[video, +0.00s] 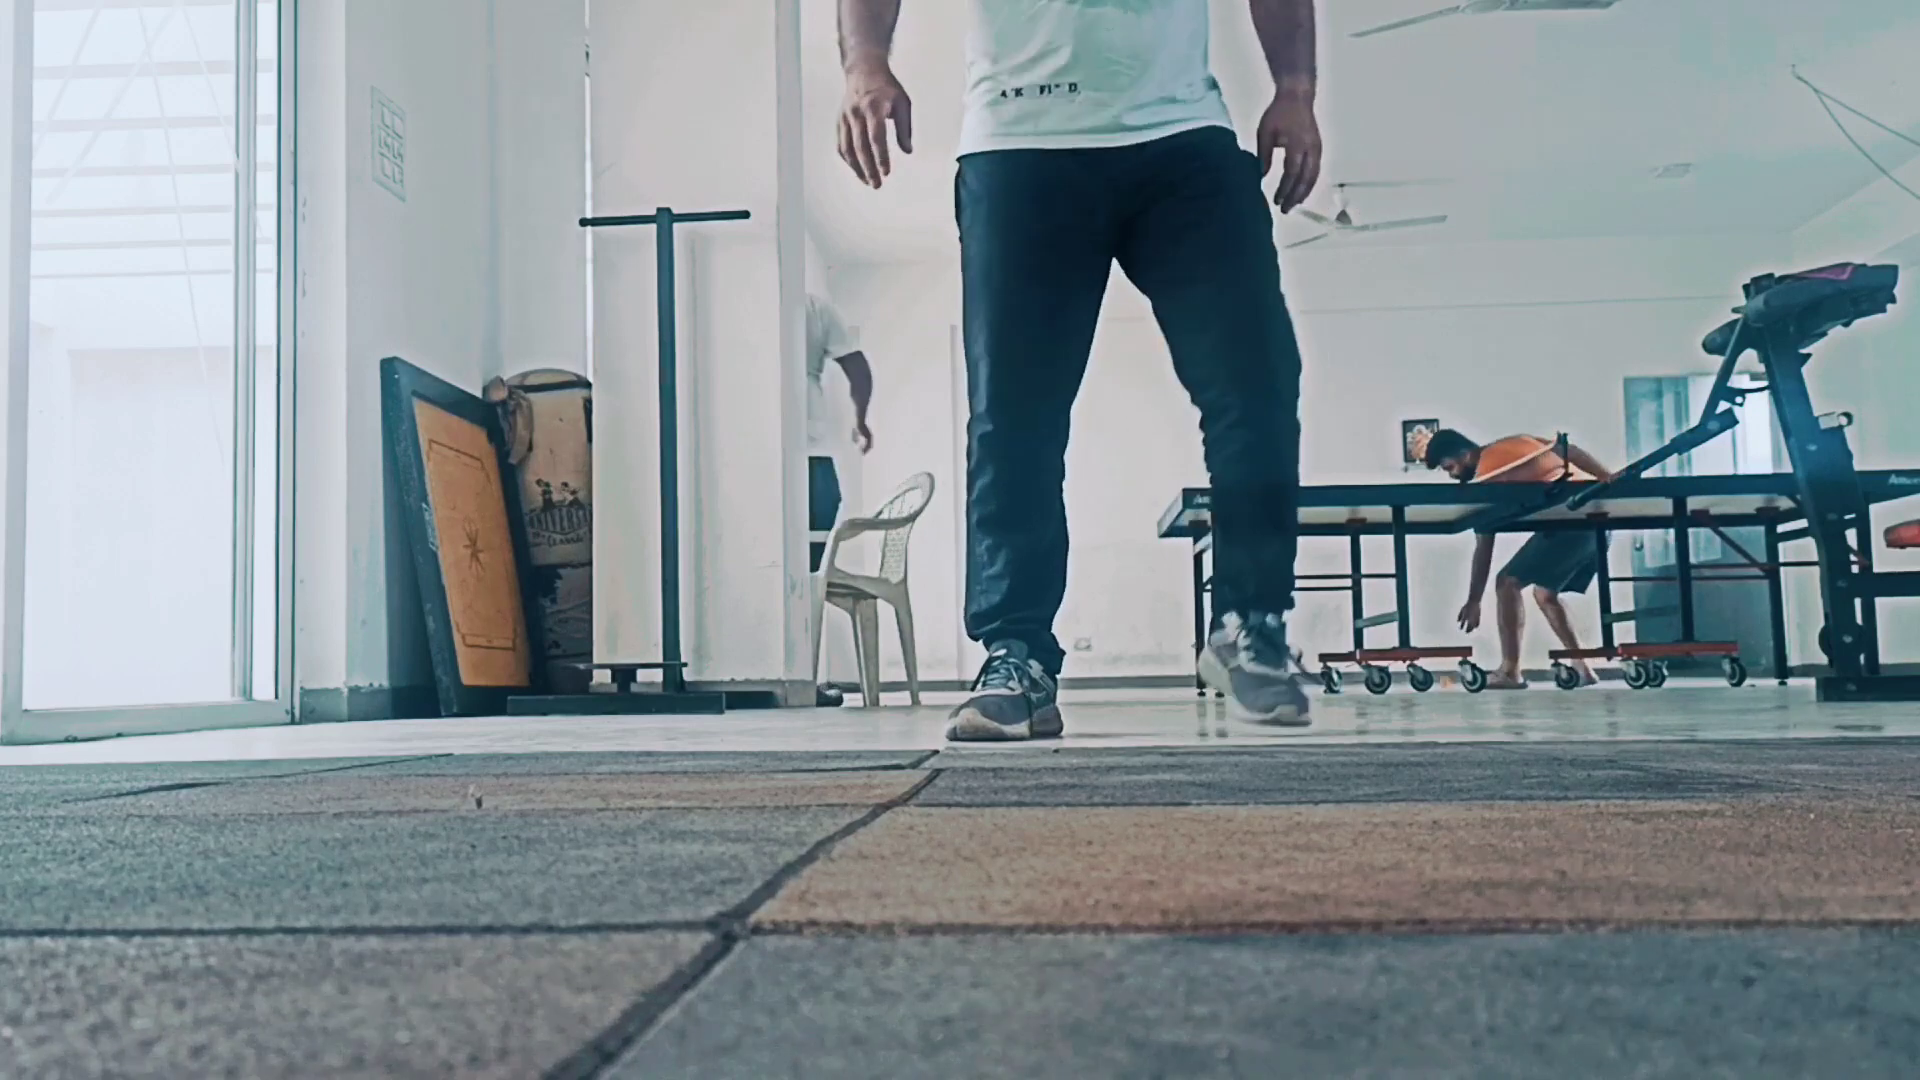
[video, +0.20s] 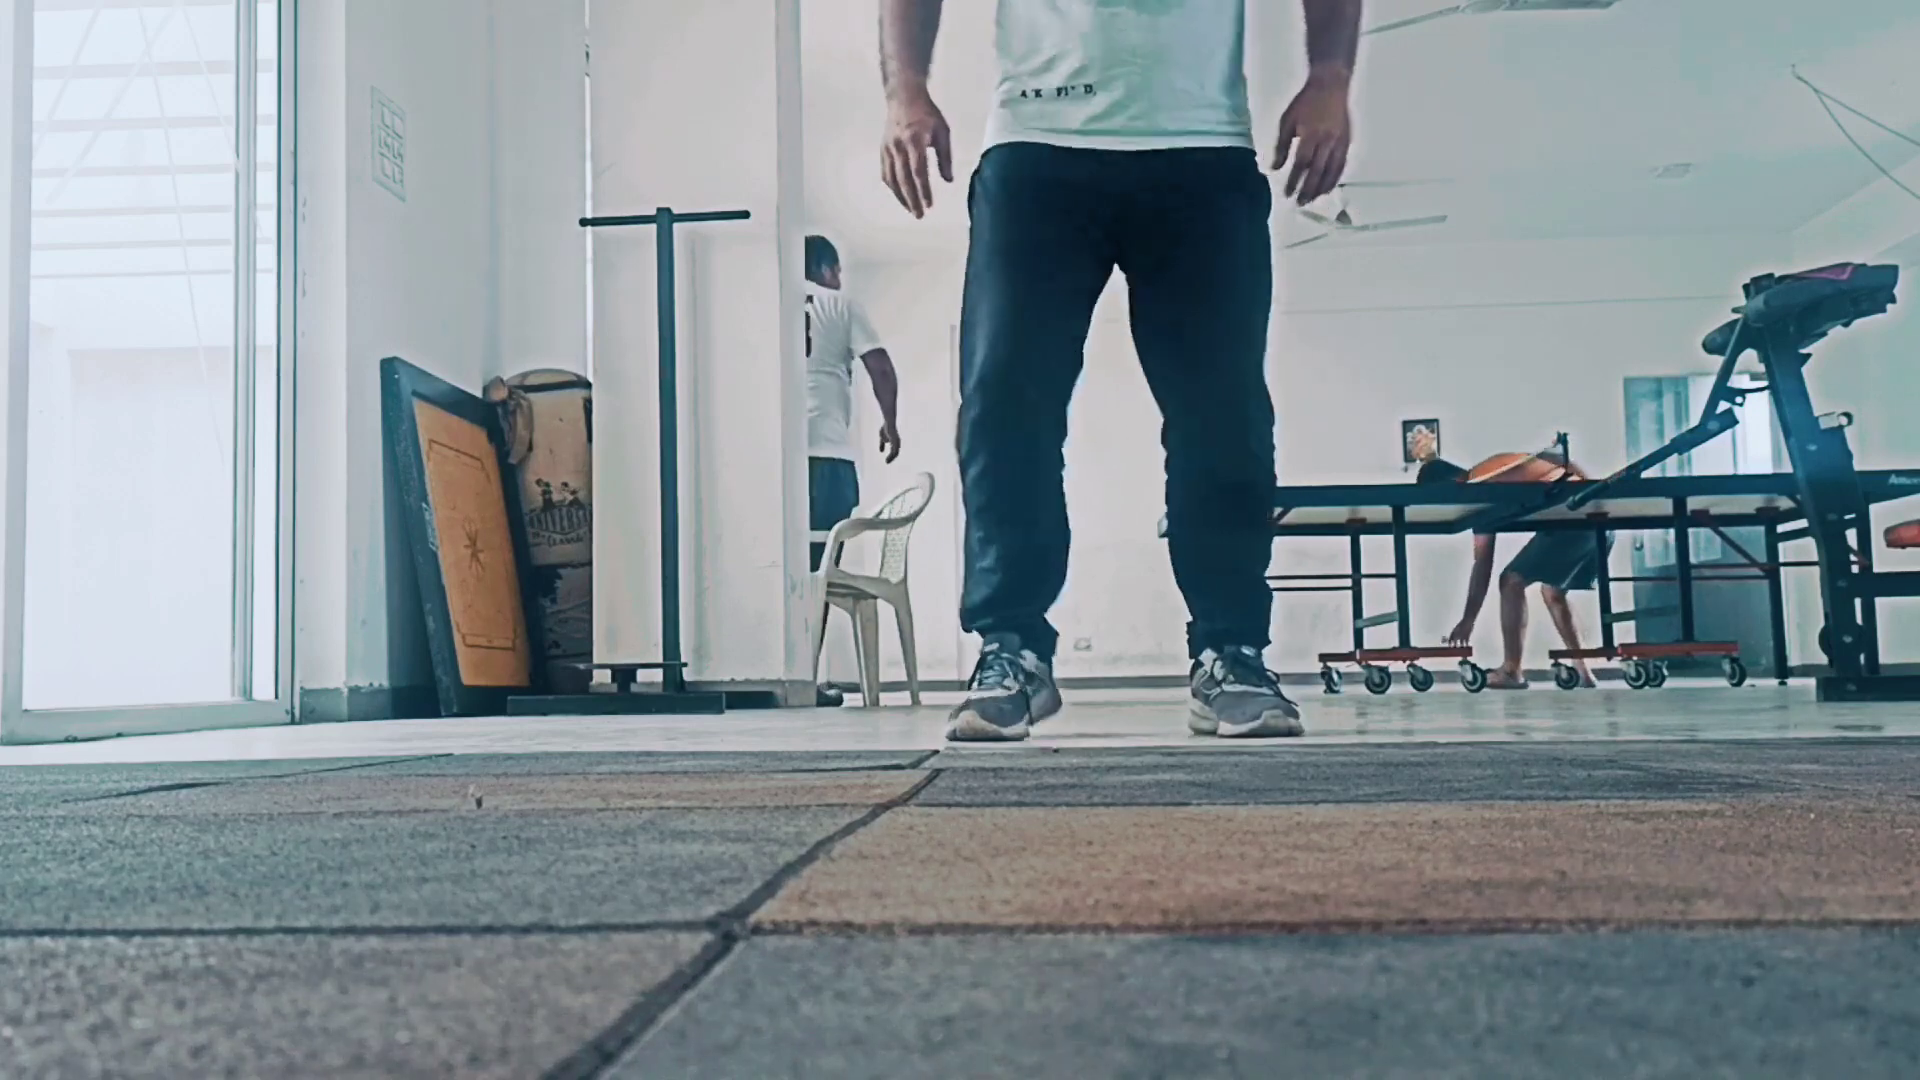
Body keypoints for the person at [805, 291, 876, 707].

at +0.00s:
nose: (778, 274)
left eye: (781, 269)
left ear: (790, 270)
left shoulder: (812, 307)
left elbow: (858, 370)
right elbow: (860, 370)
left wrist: (859, 420)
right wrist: (861, 420)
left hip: (810, 453)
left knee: (811, 570)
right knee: (804, 571)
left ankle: (809, 677)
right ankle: (803, 677)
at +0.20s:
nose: (840, 278)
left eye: (837, 271)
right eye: (838, 271)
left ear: (796, 268)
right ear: (826, 268)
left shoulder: (766, 301)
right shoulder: (839, 303)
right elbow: (879, 365)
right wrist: (890, 420)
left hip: (774, 456)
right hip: (826, 455)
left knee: (776, 567)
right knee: (822, 571)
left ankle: (781, 675)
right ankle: (814, 677)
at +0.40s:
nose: (860, 283)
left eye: (859, 276)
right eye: (859, 275)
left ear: (810, 273)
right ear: (848, 273)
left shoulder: (783, 298)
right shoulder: (857, 304)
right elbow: (884, 367)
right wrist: (898, 425)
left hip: (783, 450)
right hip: (832, 449)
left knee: (782, 561)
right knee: (827, 568)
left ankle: (782, 673)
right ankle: (805, 674)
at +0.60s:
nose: (879, 292)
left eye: (877, 286)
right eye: (878, 284)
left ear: (830, 283)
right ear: (868, 280)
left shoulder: (807, 314)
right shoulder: (872, 309)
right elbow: (897, 370)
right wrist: (914, 430)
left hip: (807, 451)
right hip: (850, 449)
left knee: (838, 569)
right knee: (837, 568)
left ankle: (865, 675)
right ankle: (800, 675)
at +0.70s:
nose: (888, 295)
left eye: (887, 289)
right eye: (887, 288)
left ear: (842, 287)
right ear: (880, 286)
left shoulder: (815, 323)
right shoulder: (880, 310)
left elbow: (816, 391)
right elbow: (904, 370)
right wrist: (927, 431)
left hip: (819, 457)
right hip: (863, 452)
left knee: (851, 569)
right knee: (852, 569)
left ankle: (871, 677)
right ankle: (805, 672)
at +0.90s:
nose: (912, 295)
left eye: (911, 289)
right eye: (911, 288)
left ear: (864, 289)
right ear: (902, 285)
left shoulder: (839, 331)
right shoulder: (898, 309)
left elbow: (842, 395)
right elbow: (919, 375)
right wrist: (945, 424)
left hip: (849, 462)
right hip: (894, 453)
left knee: (868, 566)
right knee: (924, 557)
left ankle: (873, 677)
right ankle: (851, 642)